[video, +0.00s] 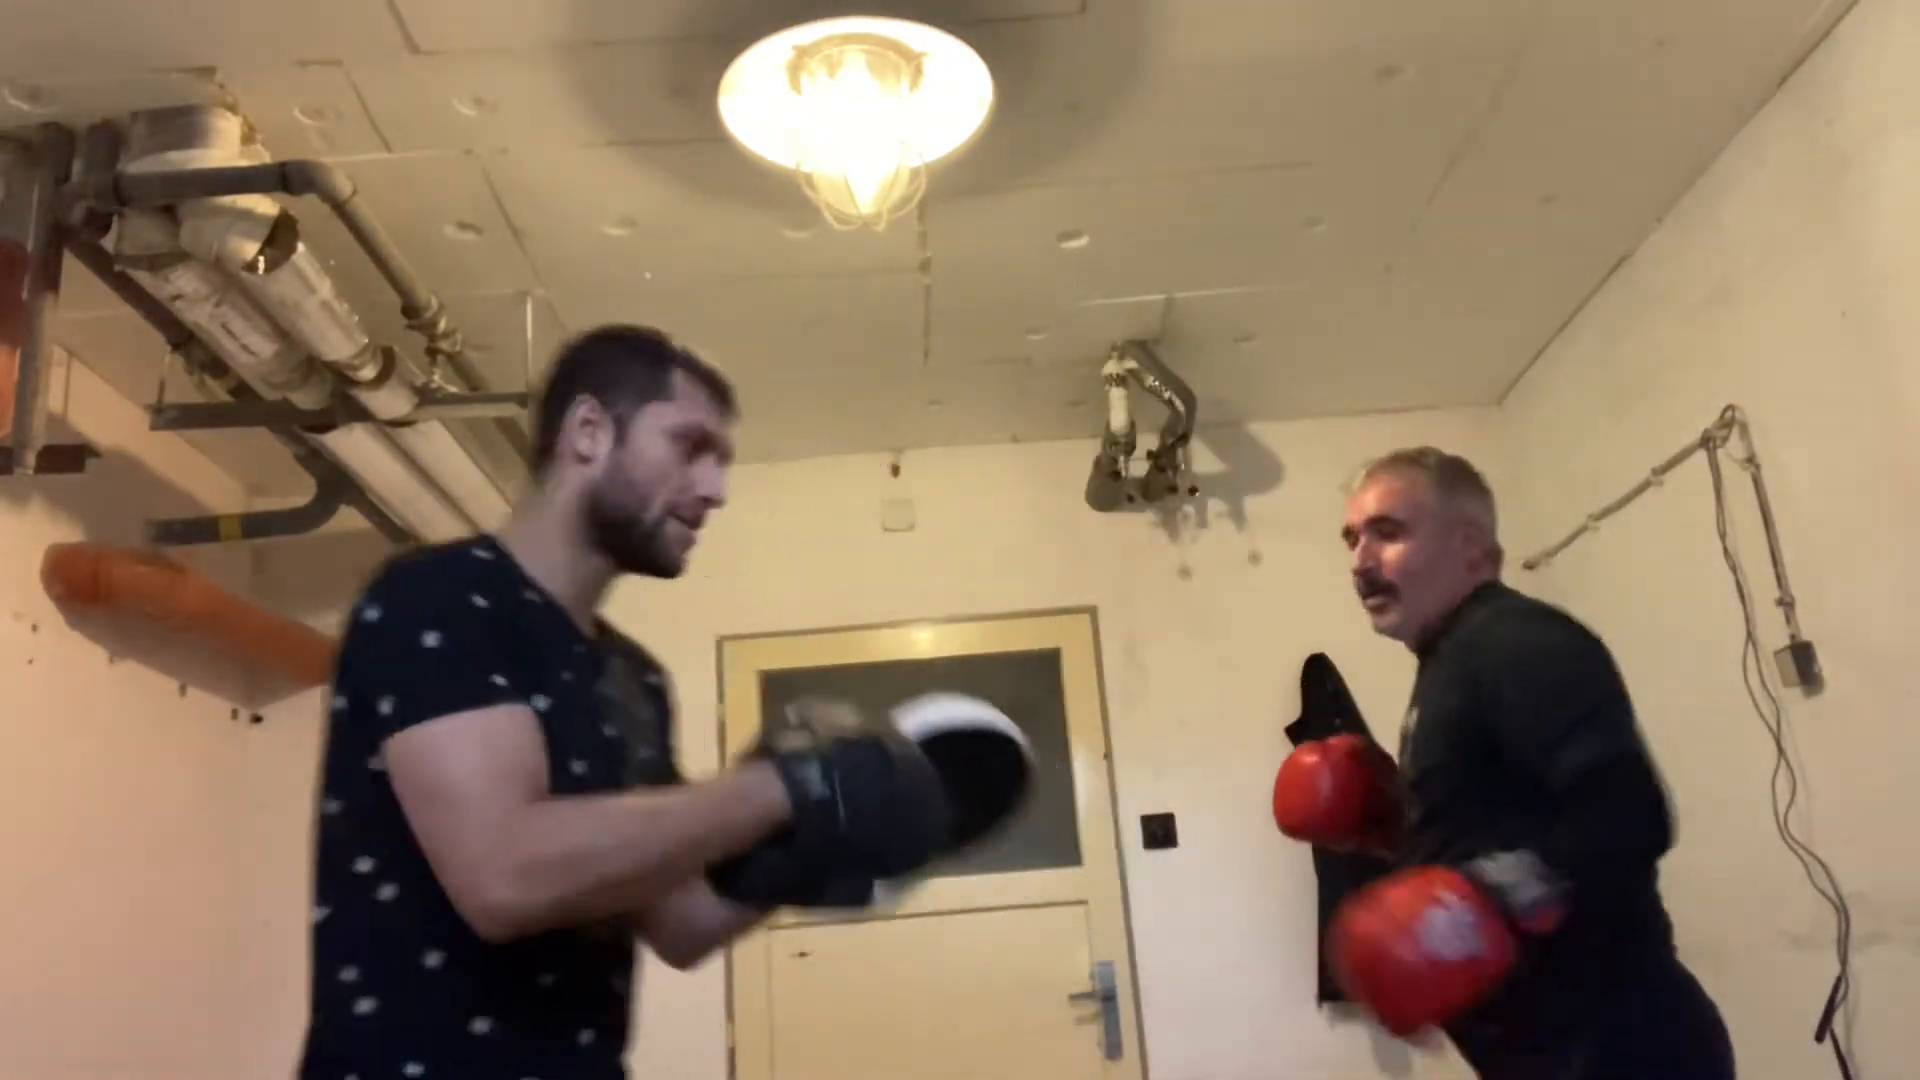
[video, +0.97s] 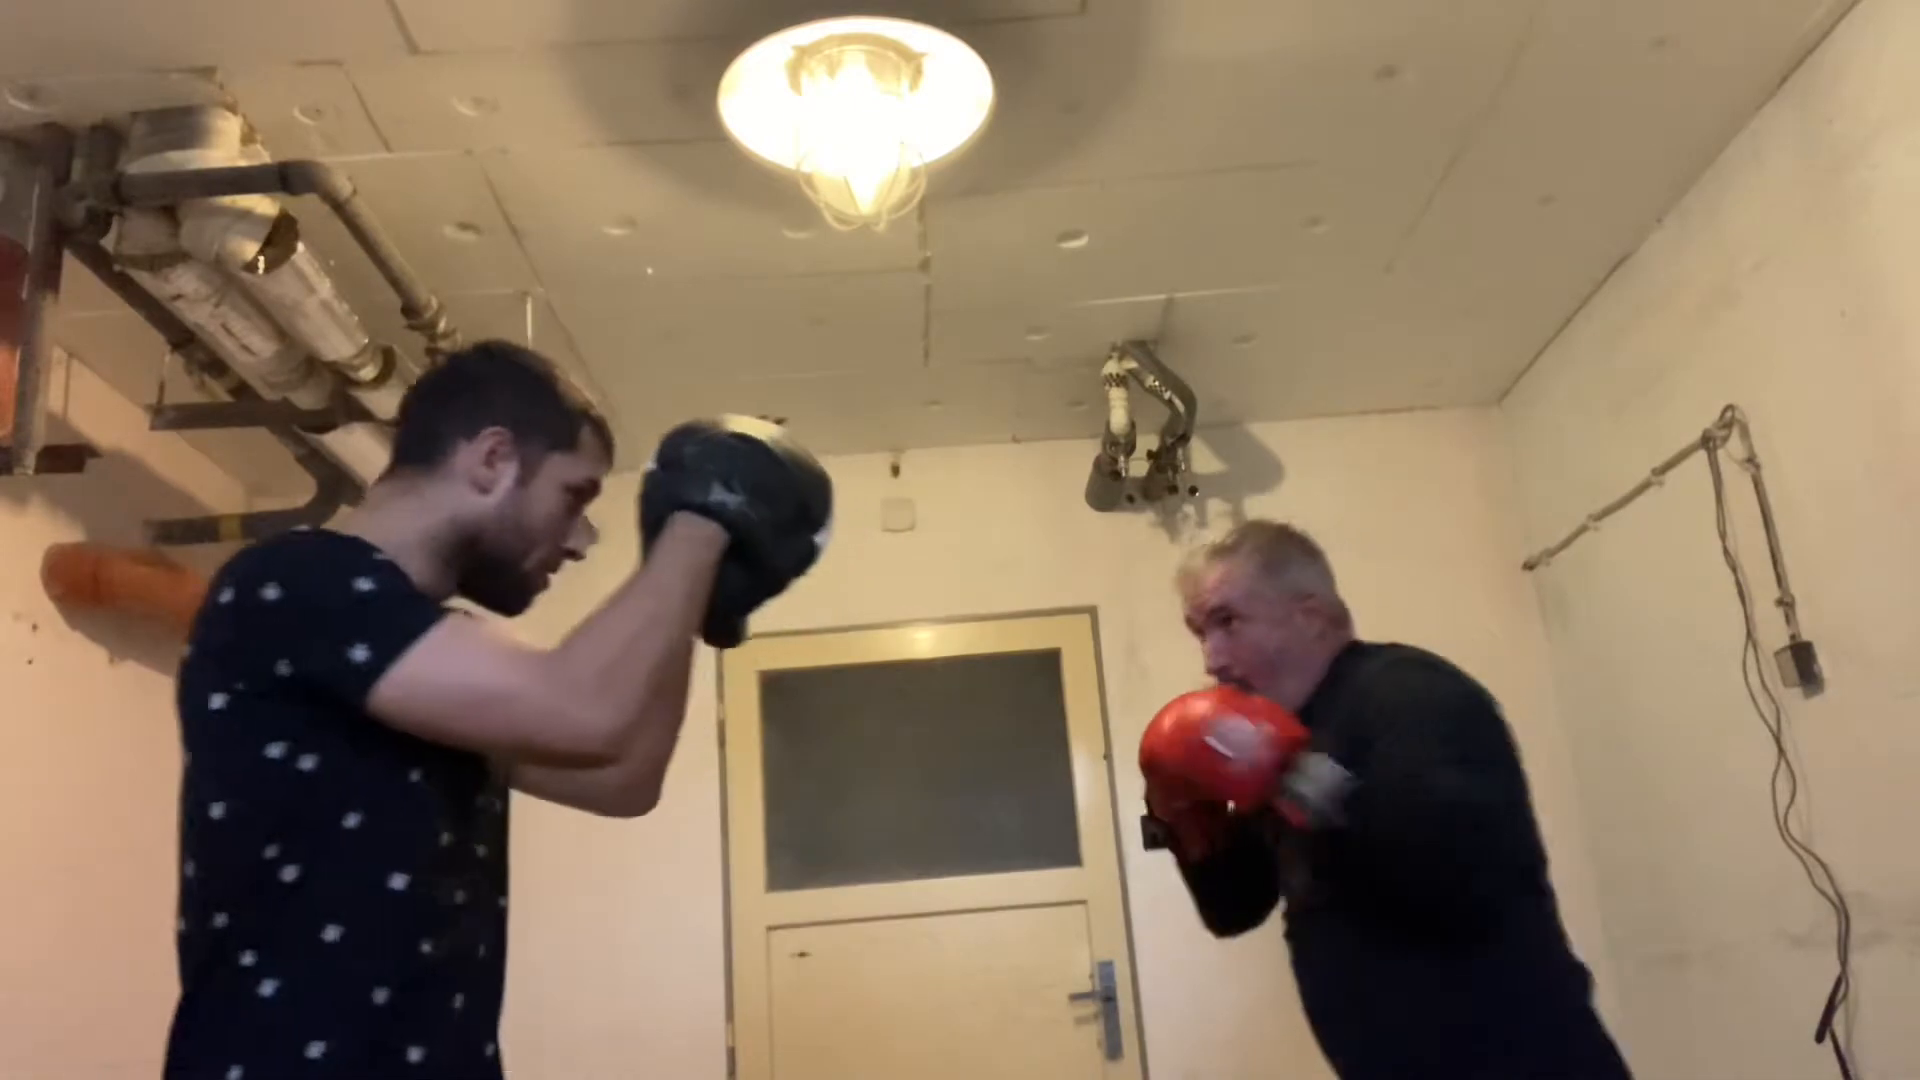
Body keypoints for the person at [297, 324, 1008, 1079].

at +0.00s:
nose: (716, 491)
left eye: (721, 463)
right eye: (691, 448)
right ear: (587, 435)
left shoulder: (632, 682)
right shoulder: (433, 602)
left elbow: (683, 928)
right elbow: (500, 876)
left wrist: (802, 845)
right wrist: (787, 787)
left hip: (572, 1060)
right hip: (415, 1058)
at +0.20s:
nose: (656, 504)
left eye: (658, 472)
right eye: (645, 463)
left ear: (565, 442)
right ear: (563, 438)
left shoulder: (551, 657)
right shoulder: (374, 581)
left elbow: (662, 858)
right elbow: (571, 792)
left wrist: (780, 691)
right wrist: (762, 622)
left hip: (516, 1056)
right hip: (368, 1056)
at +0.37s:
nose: (656, 533)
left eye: (661, 500)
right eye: (651, 492)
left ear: (575, 462)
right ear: (576, 459)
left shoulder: (496, 659)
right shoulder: (392, 585)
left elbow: (705, 798)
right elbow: (658, 721)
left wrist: (775, 615)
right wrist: (768, 531)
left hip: (529, 1050)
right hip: (398, 1053)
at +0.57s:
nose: (659, 554)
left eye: (666, 520)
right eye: (657, 511)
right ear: (586, 476)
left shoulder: (480, 642)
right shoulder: (412, 593)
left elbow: (705, 764)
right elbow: (688, 721)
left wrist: (771, 599)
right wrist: (785, 529)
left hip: (513, 1051)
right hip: (405, 1053)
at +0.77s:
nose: (618, 561)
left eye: (627, 528)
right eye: (617, 516)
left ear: (541, 484)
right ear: (544, 478)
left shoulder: (433, 649)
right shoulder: (364, 594)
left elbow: (663, 767)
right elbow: (651, 723)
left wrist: (745, 600)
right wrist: (760, 538)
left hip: (454, 1053)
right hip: (353, 1052)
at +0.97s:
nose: (581, 541)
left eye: (586, 510)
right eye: (574, 498)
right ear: (491, 458)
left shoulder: (409, 659)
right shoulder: (291, 587)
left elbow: (621, 779)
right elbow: (583, 710)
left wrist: (694, 602)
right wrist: (700, 520)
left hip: (434, 1057)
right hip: (292, 1057)